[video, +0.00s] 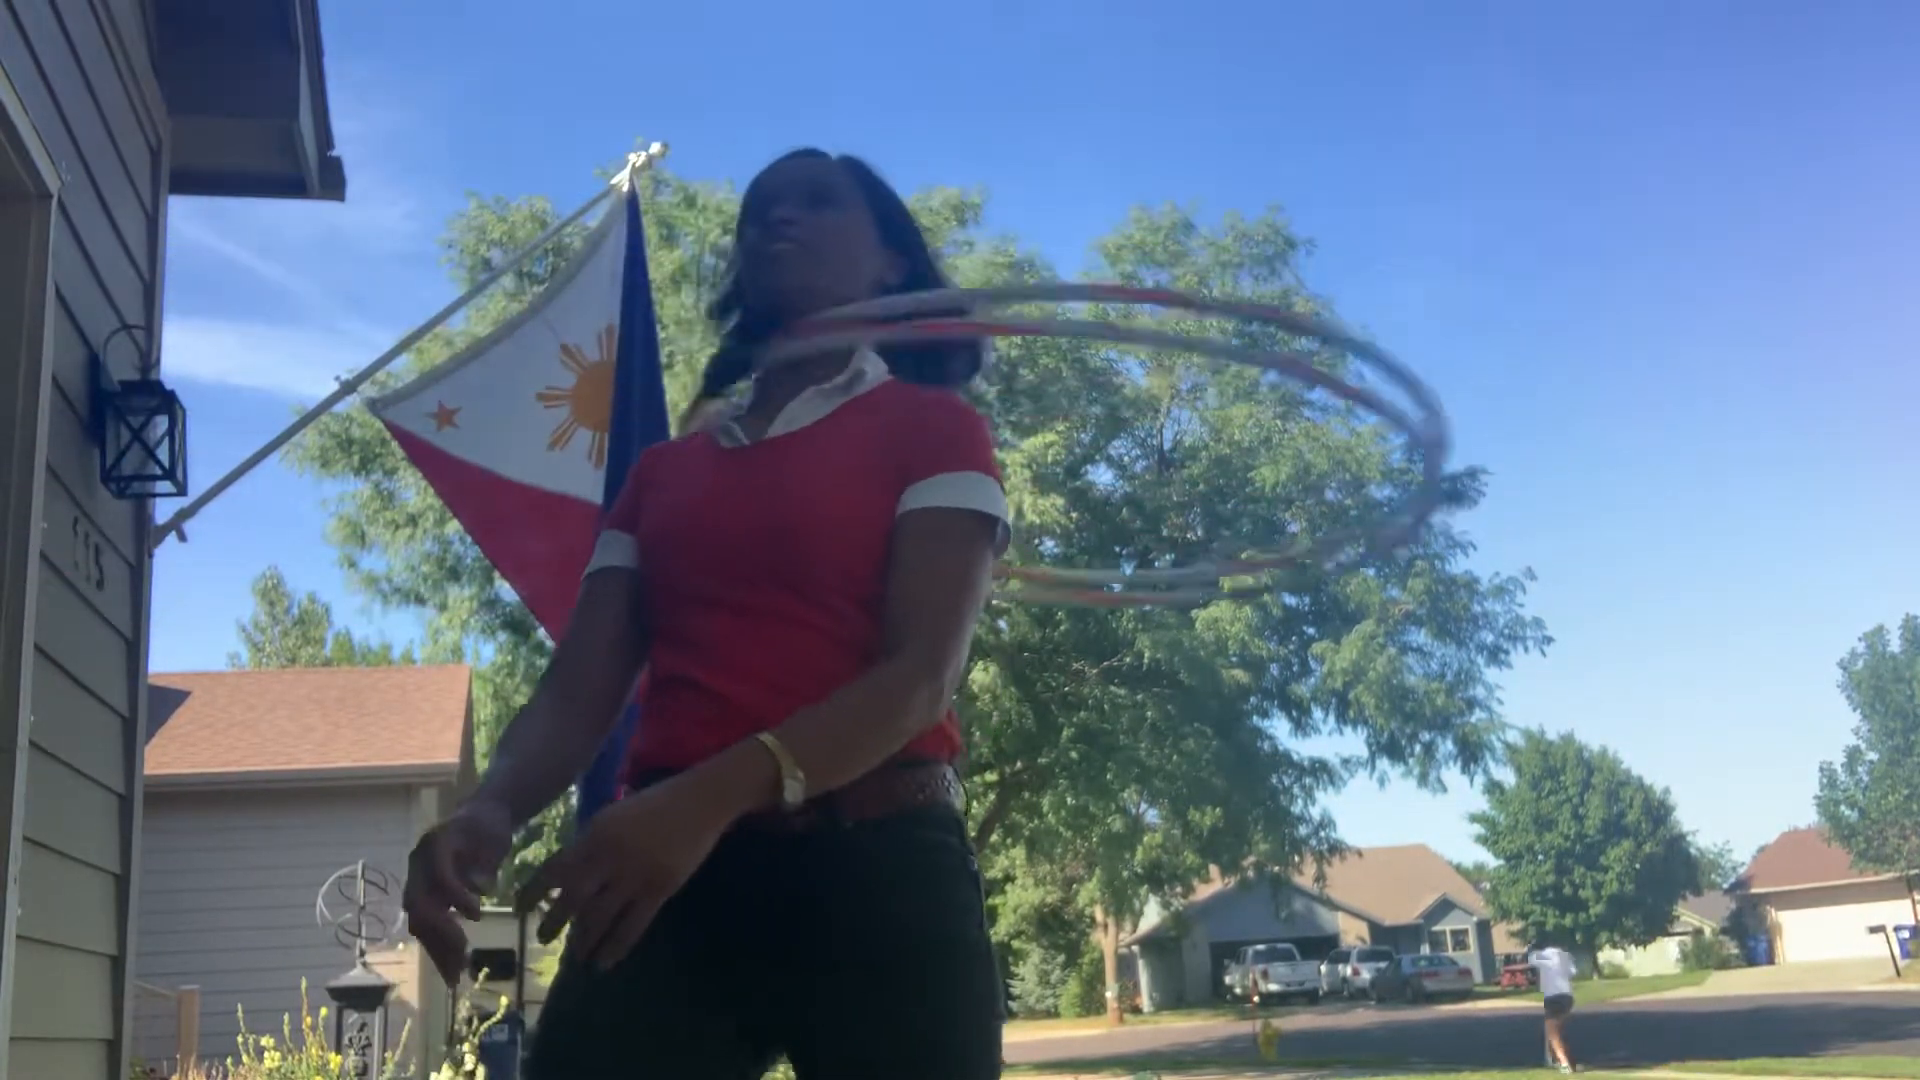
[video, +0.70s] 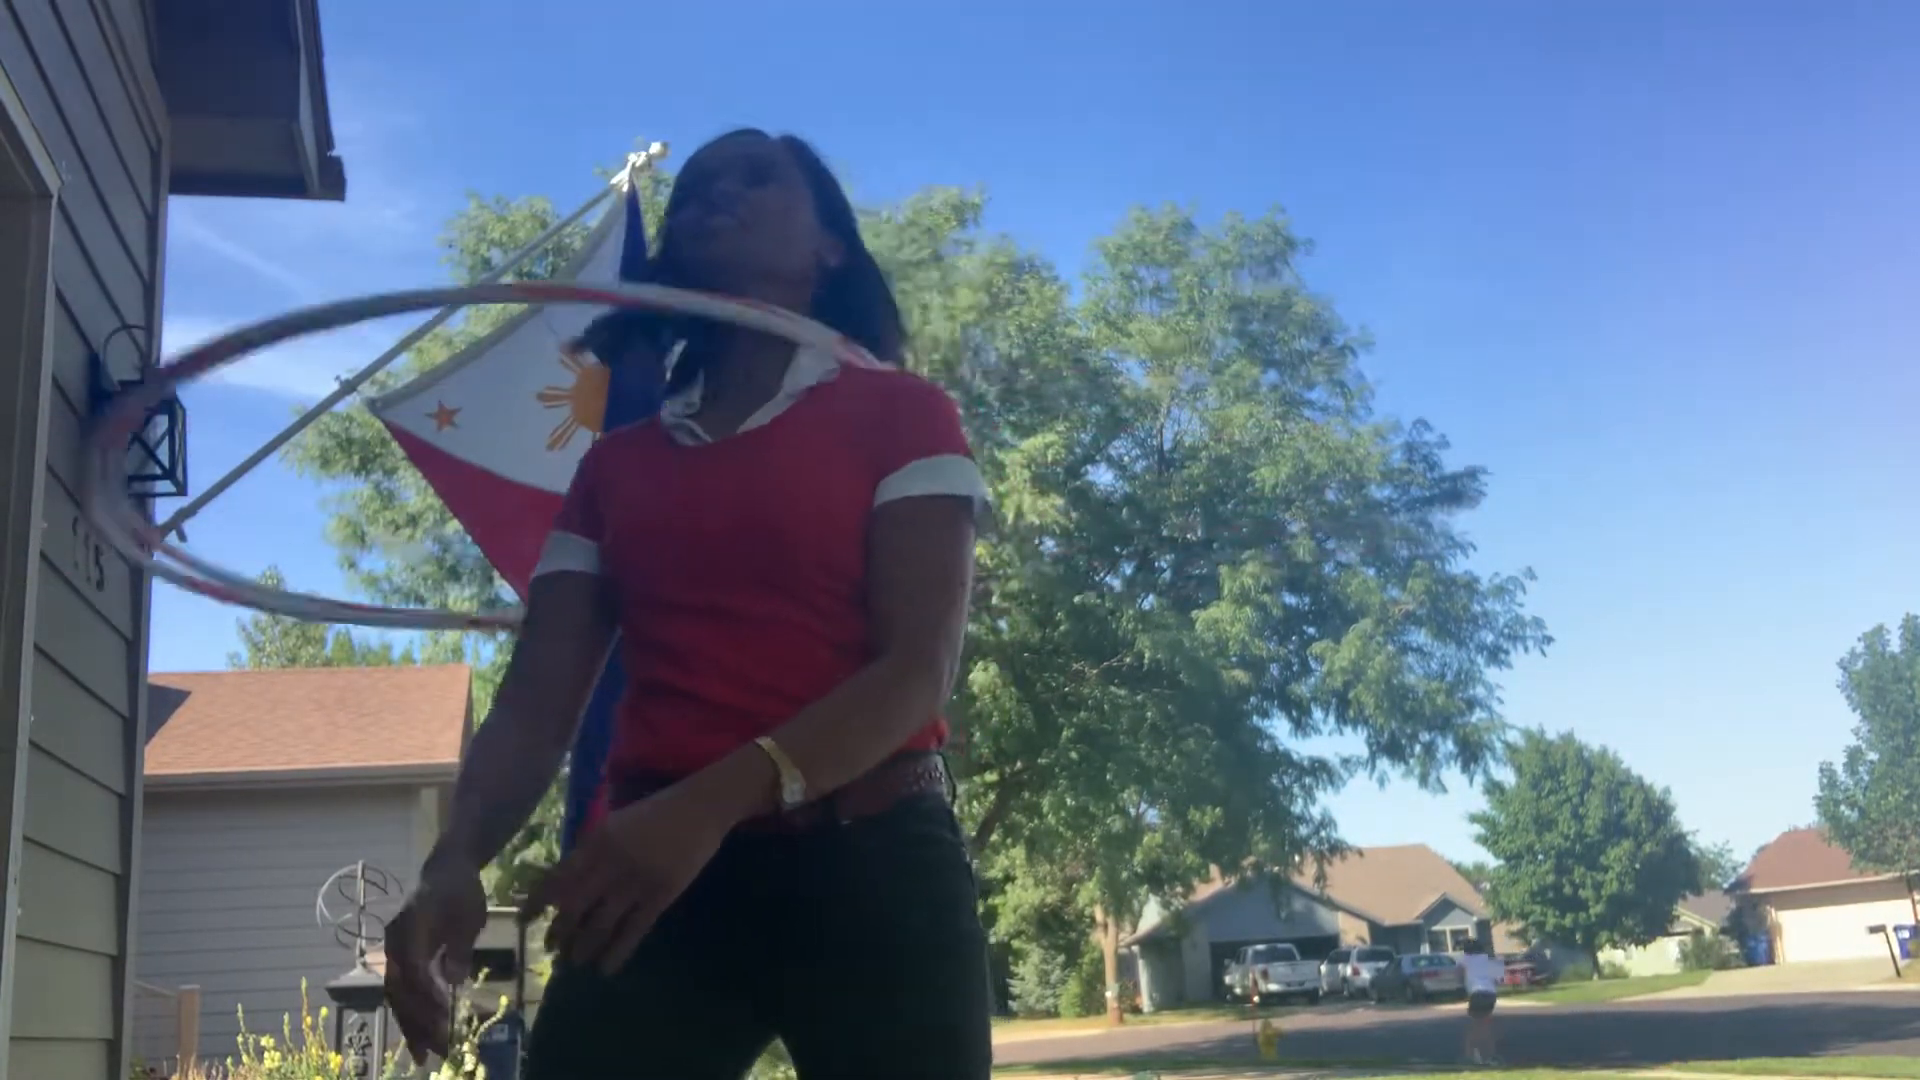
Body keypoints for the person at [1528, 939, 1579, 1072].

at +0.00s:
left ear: (1543, 947)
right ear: (1555, 945)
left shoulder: (1545, 957)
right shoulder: (1565, 956)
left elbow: (1531, 960)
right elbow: (1573, 971)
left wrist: (1531, 949)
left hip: (1552, 995)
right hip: (1567, 994)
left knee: (1553, 1032)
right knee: (1555, 1030)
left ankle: (1565, 1064)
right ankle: (1557, 1060)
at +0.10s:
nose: (1524, 951)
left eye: (1524, 948)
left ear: (1526, 946)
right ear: (1539, 944)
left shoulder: (1527, 956)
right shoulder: (1549, 953)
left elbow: (1521, 967)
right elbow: (1562, 971)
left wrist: (1505, 969)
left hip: (1540, 993)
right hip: (1556, 993)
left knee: (1547, 1029)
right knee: (1546, 1025)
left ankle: (1560, 1059)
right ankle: (1552, 1058)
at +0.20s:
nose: (1515, 949)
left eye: (1514, 946)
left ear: (1515, 946)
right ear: (1528, 944)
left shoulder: (1514, 956)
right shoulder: (1539, 954)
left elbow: (1507, 978)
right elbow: (1551, 973)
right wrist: (1540, 978)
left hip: (1528, 991)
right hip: (1543, 990)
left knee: (1537, 1024)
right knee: (1535, 1023)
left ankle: (1555, 1054)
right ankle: (1542, 1055)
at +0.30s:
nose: (1506, 949)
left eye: (1507, 947)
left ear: (1507, 946)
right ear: (1521, 946)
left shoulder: (1507, 957)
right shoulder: (1530, 957)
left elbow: (1502, 972)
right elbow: (1541, 975)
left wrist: (1503, 982)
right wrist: (1529, 977)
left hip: (1517, 991)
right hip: (1532, 990)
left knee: (1525, 1024)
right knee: (1526, 1024)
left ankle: (1540, 1046)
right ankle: (1532, 1056)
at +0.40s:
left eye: (1496, 948)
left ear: (1497, 948)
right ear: (1511, 947)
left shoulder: (1494, 957)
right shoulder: (1518, 958)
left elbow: (1491, 973)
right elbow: (1532, 975)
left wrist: (1493, 978)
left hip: (1505, 990)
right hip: (1521, 990)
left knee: (1512, 1020)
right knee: (1512, 1021)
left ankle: (1527, 1041)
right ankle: (1522, 1054)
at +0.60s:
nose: (1478, 952)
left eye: (1477, 950)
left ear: (1479, 949)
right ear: (1492, 948)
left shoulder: (1477, 959)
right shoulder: (1499, 959)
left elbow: (1471, 973)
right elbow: (1509, 974)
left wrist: (1474, 984)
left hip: (1485, 991)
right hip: (1500, 991)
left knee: (1483, 1026)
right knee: (1497, 1023)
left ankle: (1491, 1055)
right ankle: (1501, 1055)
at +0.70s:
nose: (1465, 953)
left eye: (1465, 950)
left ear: (1466, 950)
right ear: (1480, 948)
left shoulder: (1465, 959)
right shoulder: (1486, 959)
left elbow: (1458, 974)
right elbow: (1498, 977)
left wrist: (1462, 982)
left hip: (1476, 992)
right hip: (1490, 992)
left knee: (1474, 1024)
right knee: (1485, 1024)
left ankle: (1470, 1055)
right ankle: (1489, 1055)